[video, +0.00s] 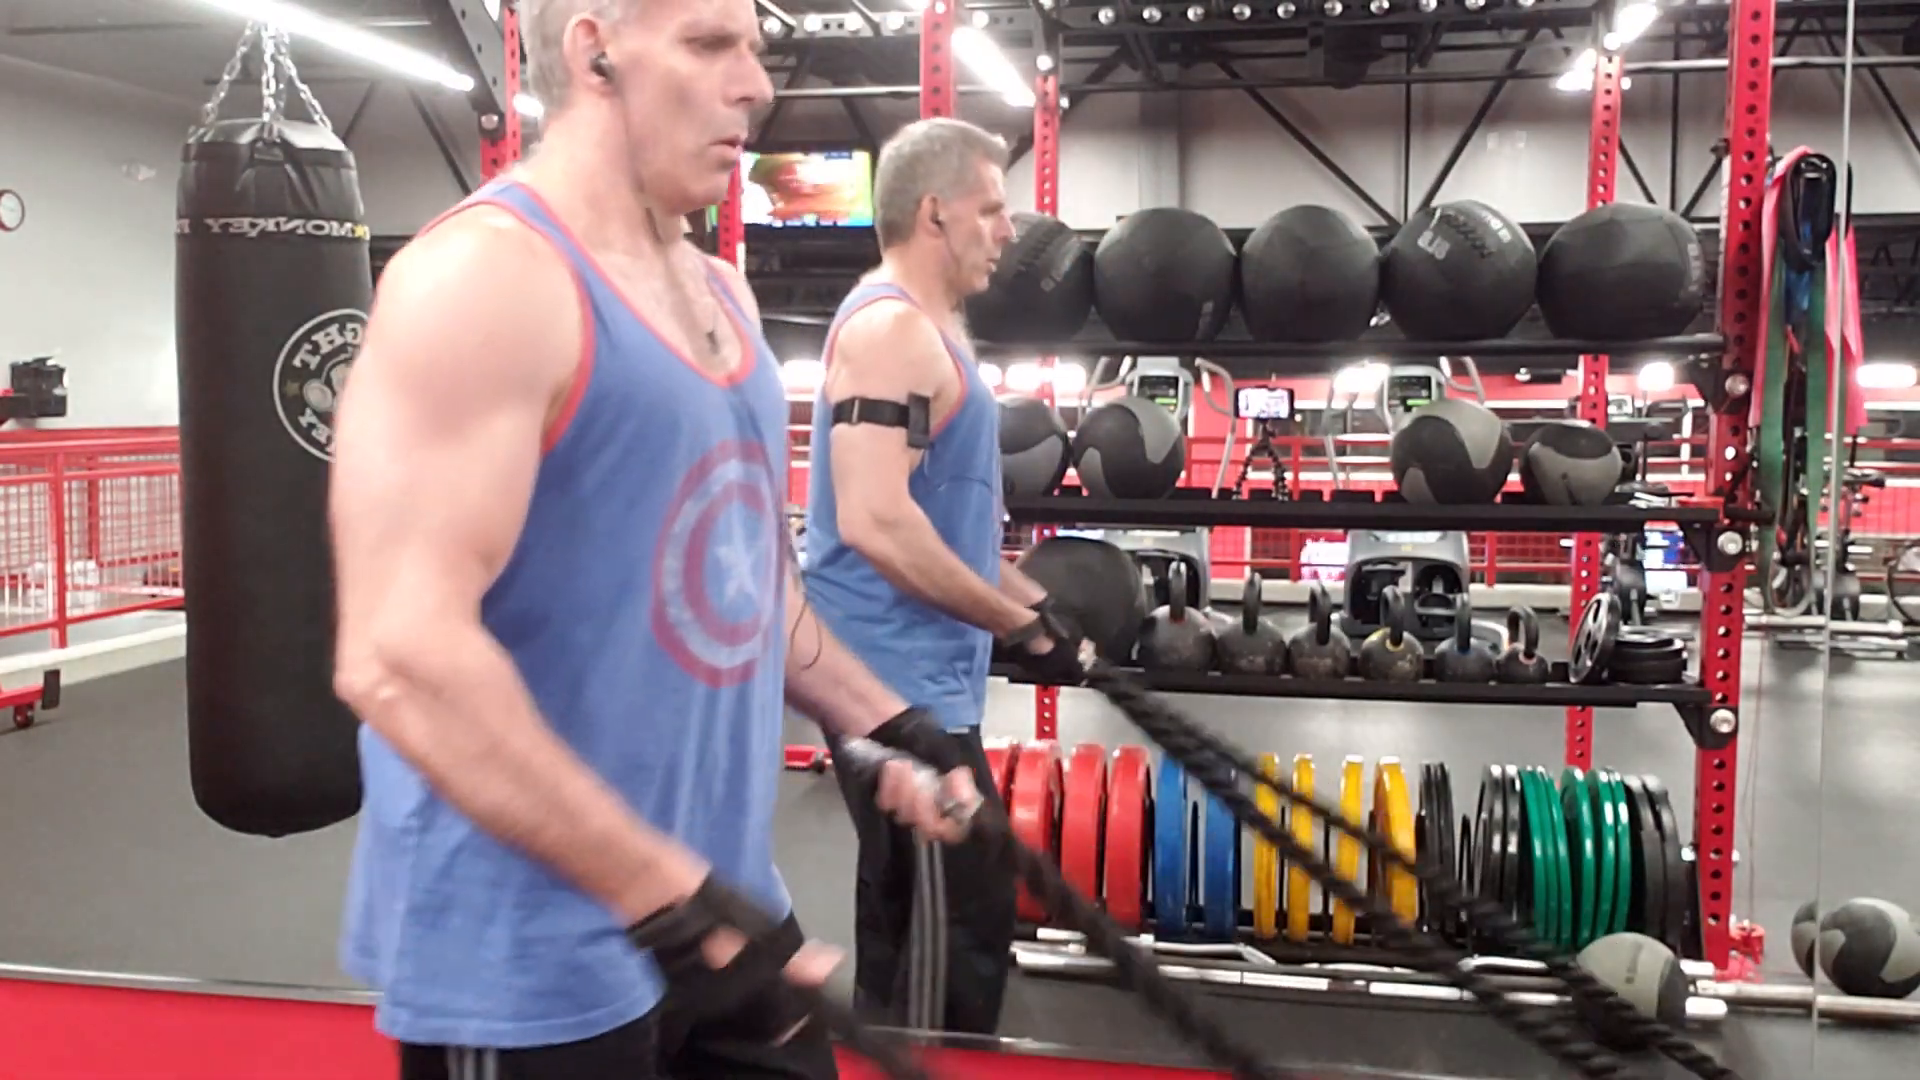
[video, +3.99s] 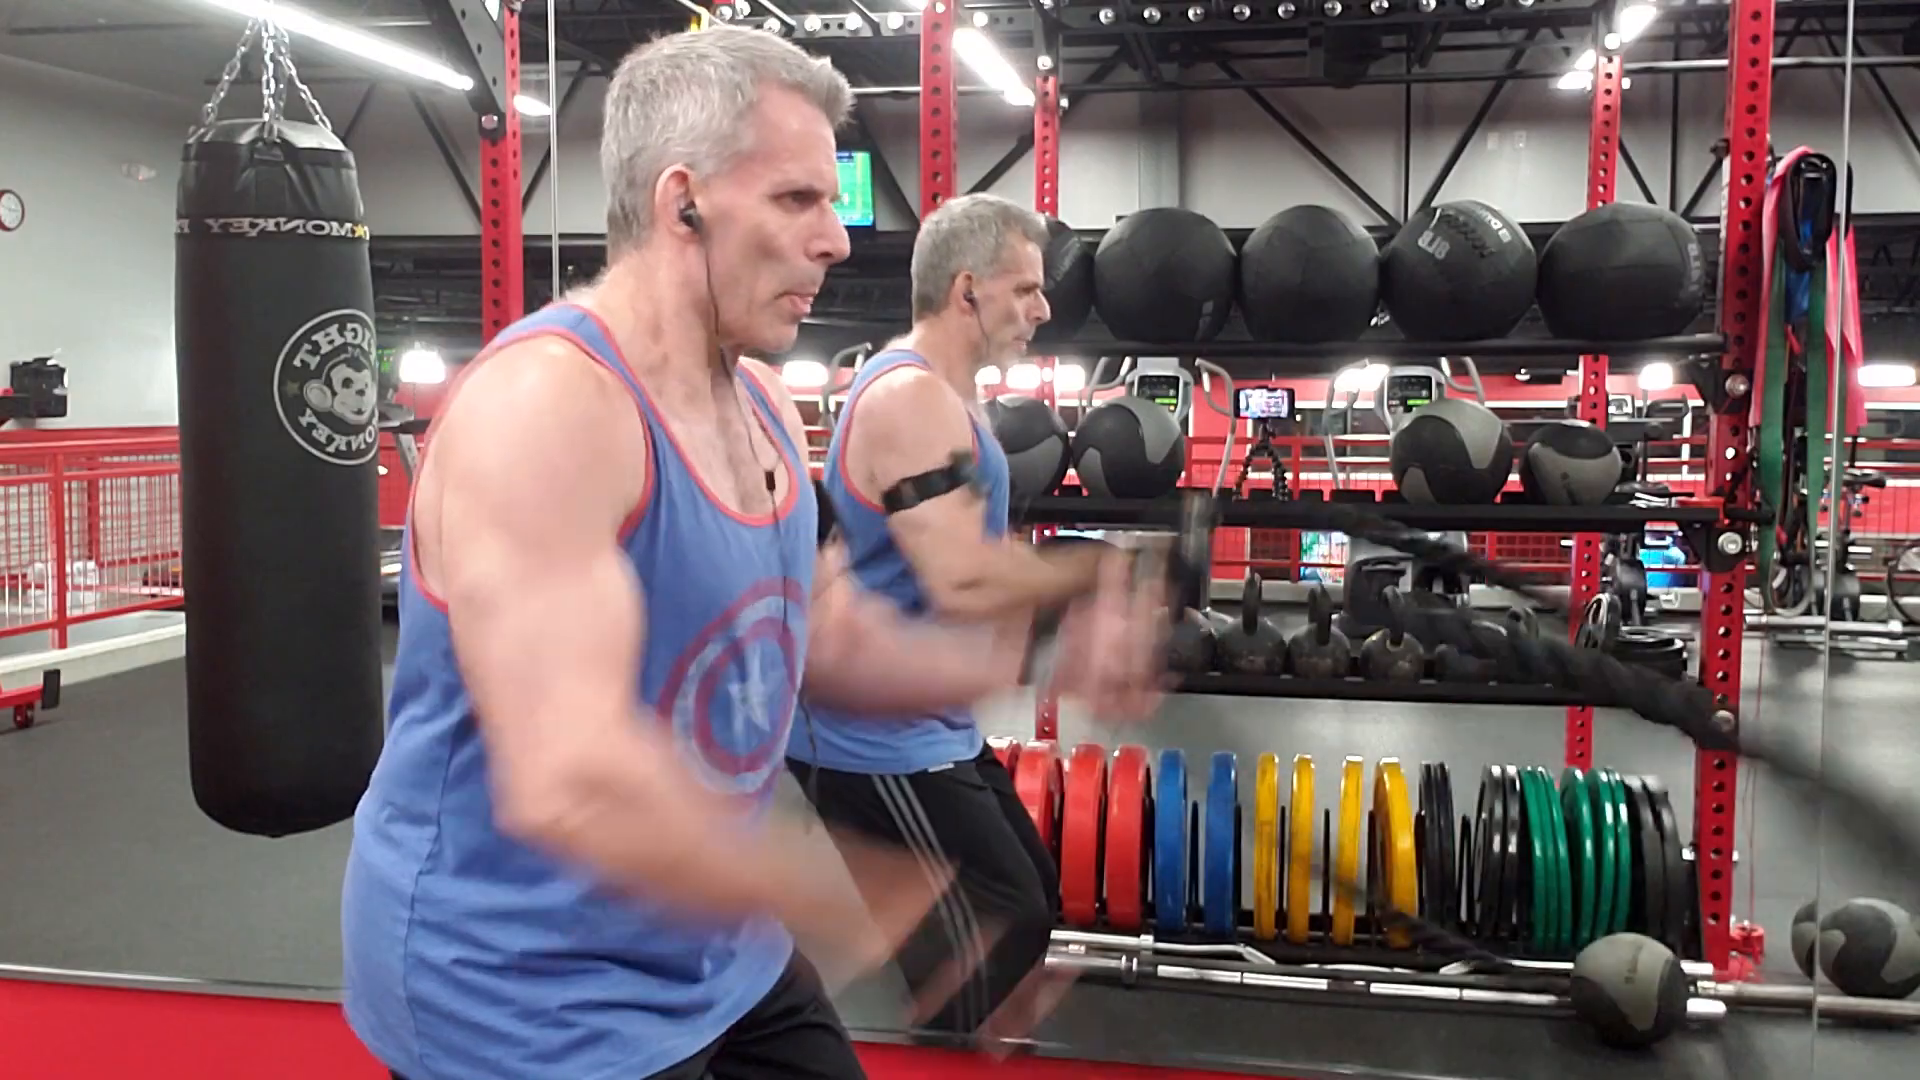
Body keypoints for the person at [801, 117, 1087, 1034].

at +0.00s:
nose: (1008, 233)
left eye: (1007, 213)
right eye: (993, 211)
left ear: (934, 216)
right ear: (932, 212)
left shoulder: (924, 324)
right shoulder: (891, 326)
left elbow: (925, 508)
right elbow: (874, 516)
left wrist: (1011, 585)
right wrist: (1014, 620)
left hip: (924, 688)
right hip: (902, 697)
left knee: (910, 928)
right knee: (967, 933)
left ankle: (903, 1067)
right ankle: (935, 1075)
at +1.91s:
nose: (1064, 284)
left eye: (1063, 263)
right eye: (1049, 261)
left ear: (996, 268)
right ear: (992, 265)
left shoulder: (960, 377)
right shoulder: (930, 376)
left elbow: (952, 571)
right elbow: (894, 573)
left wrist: (1017, 672)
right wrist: (1012, 700)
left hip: (937, 720)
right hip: (898, 727)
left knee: (963, 958)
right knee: (982, 939)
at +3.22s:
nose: (1034, 285)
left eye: (1034, 264)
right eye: (1020, 262)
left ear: (966, 269)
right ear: (963, 267)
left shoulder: (943, 391)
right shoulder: (899, 393)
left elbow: (1000, 543)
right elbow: (871, 594)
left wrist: (1105, 612)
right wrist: (989, 721)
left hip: (924, 743)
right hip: (874, 752)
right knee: (989, 945)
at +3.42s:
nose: (1037, 296)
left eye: (1037, 275)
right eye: (1023, 273)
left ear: (971, 281)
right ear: (965, 277)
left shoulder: (943, 393)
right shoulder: (906, 392)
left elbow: (1000, 540)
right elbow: (884, 585)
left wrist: (1135, 539)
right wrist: (1011, 692)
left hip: (919, 708)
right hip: (871, 714)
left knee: (1012, 911)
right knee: (993, 922)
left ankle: (960, 1058)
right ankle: (952, 1063)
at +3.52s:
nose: (1034, 297)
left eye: (1035, 277)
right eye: (1019, 275)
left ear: (959, 279)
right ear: (957, 276)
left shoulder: (947, 393)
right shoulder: (898, 386)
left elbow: (946, 577)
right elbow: (916, 570)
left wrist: (1031, 659)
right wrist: (1076, 589)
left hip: (926, 715)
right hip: (866, 725)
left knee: (1022, 907)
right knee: (976, 929)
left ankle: (979, 1061)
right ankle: (952, 1068)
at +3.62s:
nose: (1032, 301)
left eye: (1032, 281)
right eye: (1018, 279)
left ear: (961, 283)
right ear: (955, 280)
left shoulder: (941, 394)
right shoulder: (899, 388)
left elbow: (969, 565)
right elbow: (950, 563)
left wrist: (1076, 574)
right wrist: (1084, 544)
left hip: (930, 716)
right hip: (872, 725)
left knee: (1024, 907)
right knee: (996, 929)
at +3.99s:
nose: (1042, 313)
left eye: (1041, 293)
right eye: (1027, 291)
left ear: (969, 295)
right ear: (967, 293)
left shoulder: (944, 395)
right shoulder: (909, 398)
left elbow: (975, 565)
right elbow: (959, 580)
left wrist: (1092, 581)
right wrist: (1107, 560)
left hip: (928, 728)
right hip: (876, 739)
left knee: (1029, 918)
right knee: (1007, 927)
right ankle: (923, 1067)